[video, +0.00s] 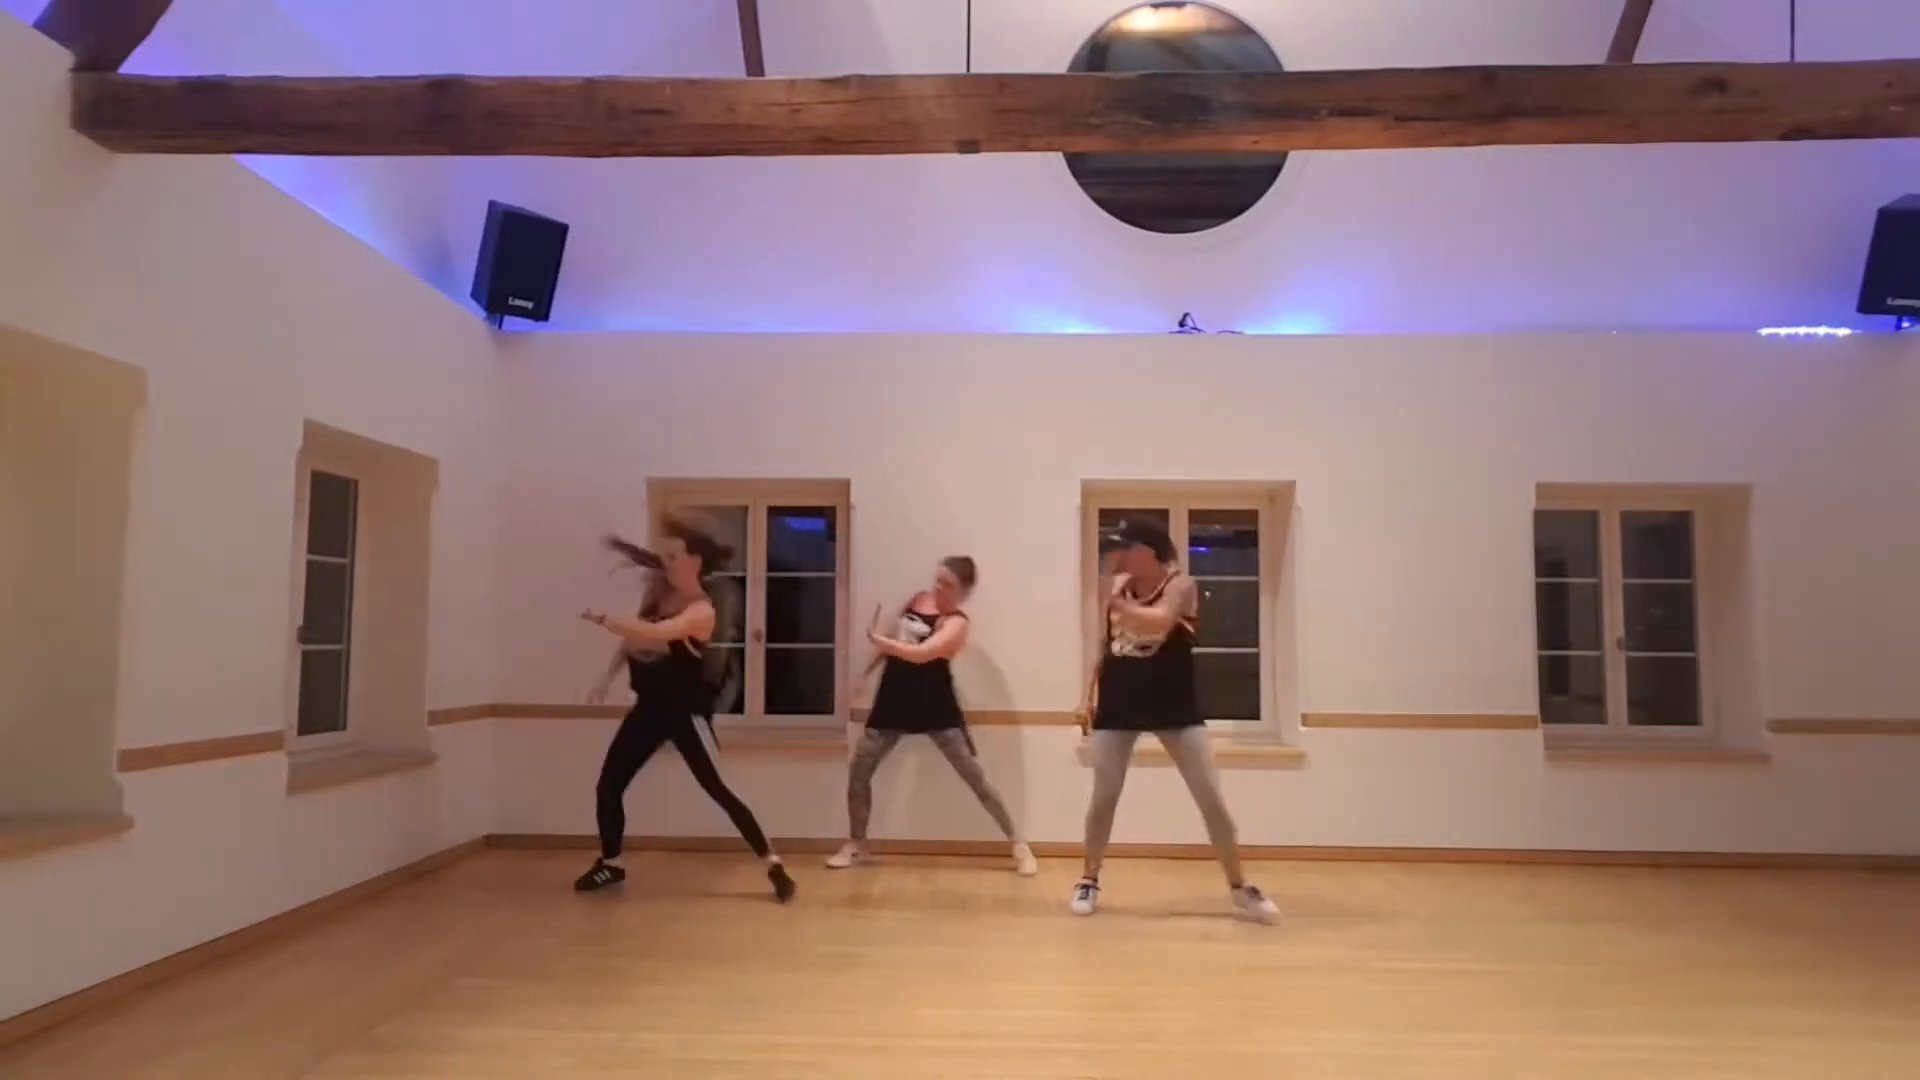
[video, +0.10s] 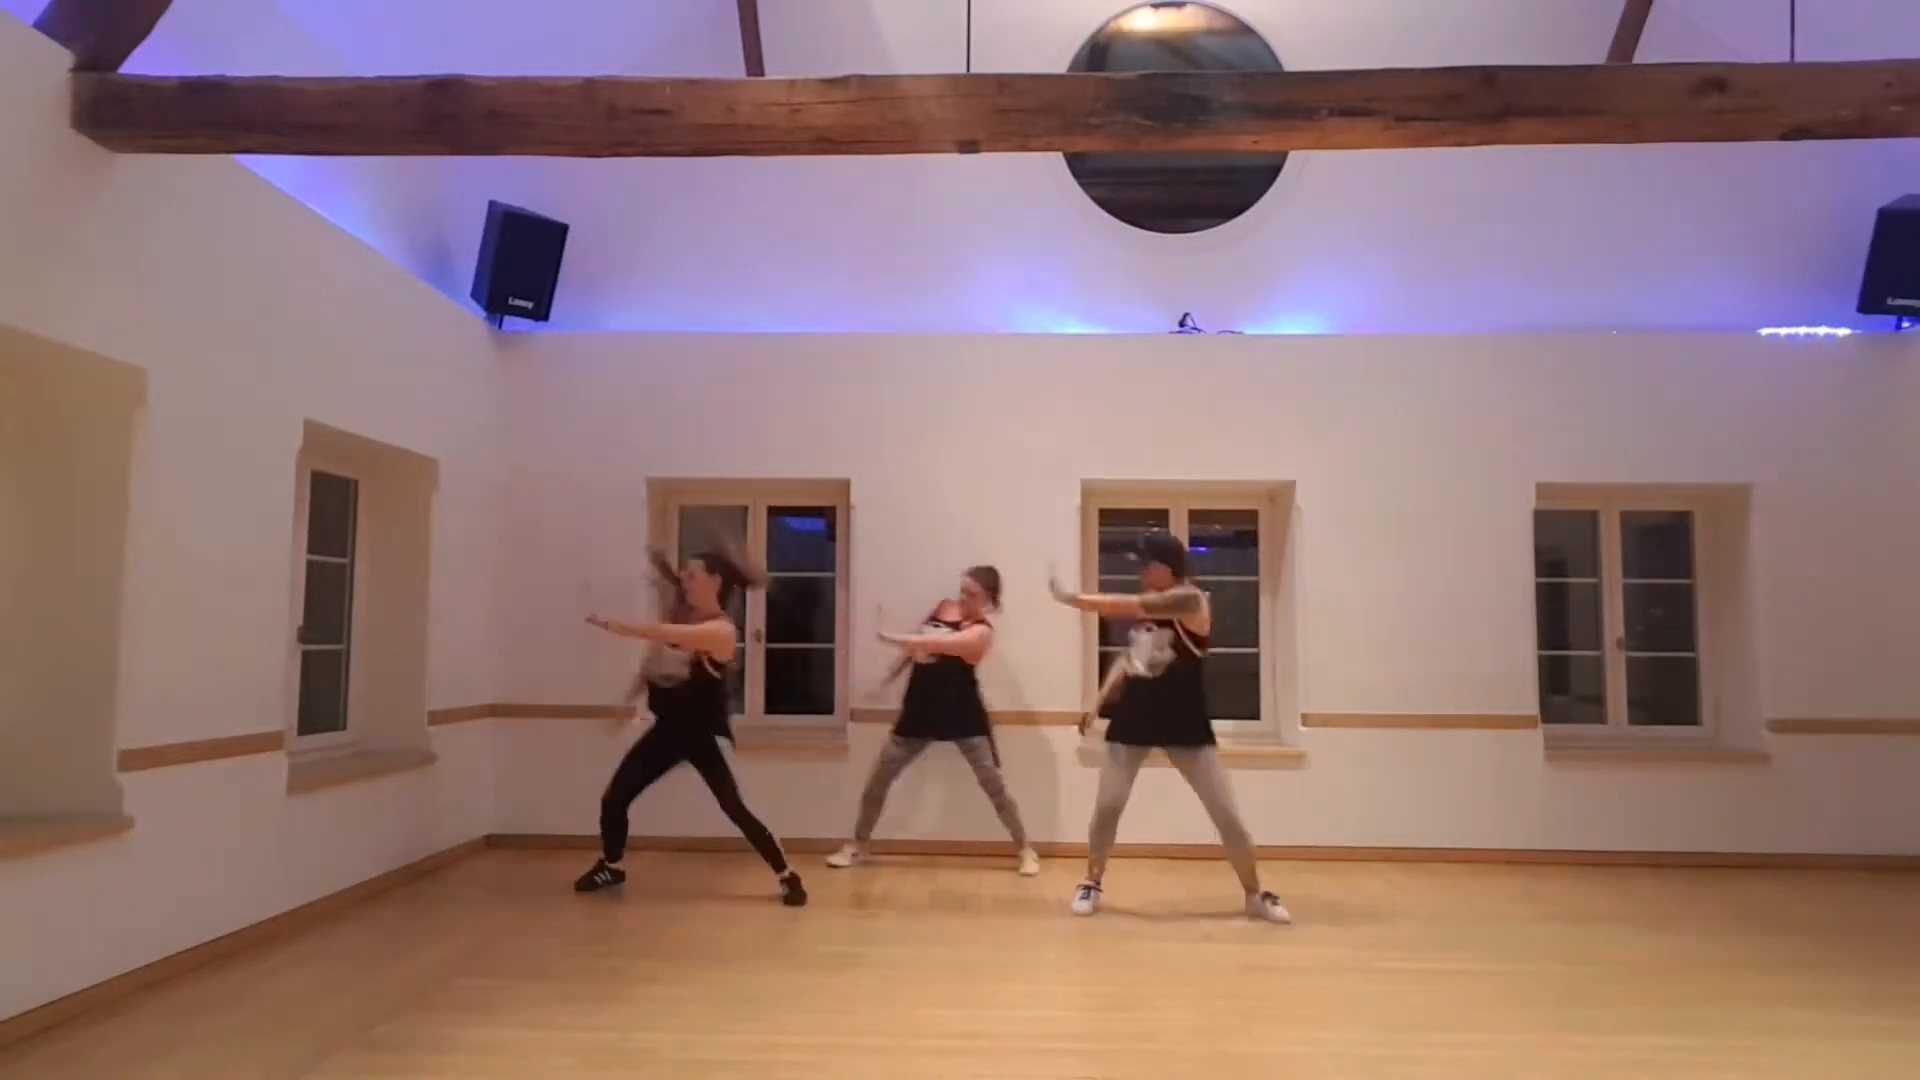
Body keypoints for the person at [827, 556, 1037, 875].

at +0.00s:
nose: (938, 587)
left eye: (946, 584)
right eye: (938, 580)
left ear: (963, 590)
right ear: (935, 578)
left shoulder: (957, 623)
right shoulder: (919, 601)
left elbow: (923, 654)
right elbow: (893, 639)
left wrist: (883, 643)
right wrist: (865, 676)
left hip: (934, 704)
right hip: (894, 699)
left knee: (973, 775)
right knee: (860, 769)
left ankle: (1017, 844)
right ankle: (856, 843)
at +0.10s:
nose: (962, 597)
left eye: (970, 594)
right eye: (962, 591)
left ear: (988, 600)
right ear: (959, 588)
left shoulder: (981, 633)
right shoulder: (944, 610)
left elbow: (940, 644)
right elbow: (920, 642)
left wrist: (895, 639)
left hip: (962, 714)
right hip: (922, 711)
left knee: (992, 782)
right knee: (881, 775)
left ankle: (1025, 849)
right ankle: (858, 845)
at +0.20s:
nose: (983, 601)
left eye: (991, 596)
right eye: (981, 594)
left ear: (1008, 598)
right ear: (977, 590)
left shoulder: (1006, 632)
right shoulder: (961, 611)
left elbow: (977, 651)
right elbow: (933, 650)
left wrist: (935, 648)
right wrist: (904, 695)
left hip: (990, 710)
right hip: (951, 708)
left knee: (1009, 781)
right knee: (910, 776)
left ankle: (1028, 851)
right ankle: (871, 842)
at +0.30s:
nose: (991, 591)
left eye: (998, 586)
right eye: (987, 584)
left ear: (1015, 587)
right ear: (982, 583)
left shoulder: (1022, 622)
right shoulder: (966, 613)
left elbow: (1012, 664)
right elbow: (943, 656)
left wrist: (980, 657)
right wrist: (916, 696)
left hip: (1007, 707)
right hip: (967, 704)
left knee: (1017, 778)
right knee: (928, 767)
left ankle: (1028, 851)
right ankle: (917, 846)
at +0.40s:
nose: (991, 581)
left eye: (998, 575)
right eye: (987, 575)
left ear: (1015, 577)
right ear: (981, 576)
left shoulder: (1028, 607)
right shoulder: (970, 608)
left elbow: (1039, 653)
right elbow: (949, 651)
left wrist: (1015, 634)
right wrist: (925, 670)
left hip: (1015, 702)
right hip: (975, 700)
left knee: (1019, 775)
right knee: (954, 768)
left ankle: (1027, 849)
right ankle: (965, 841)